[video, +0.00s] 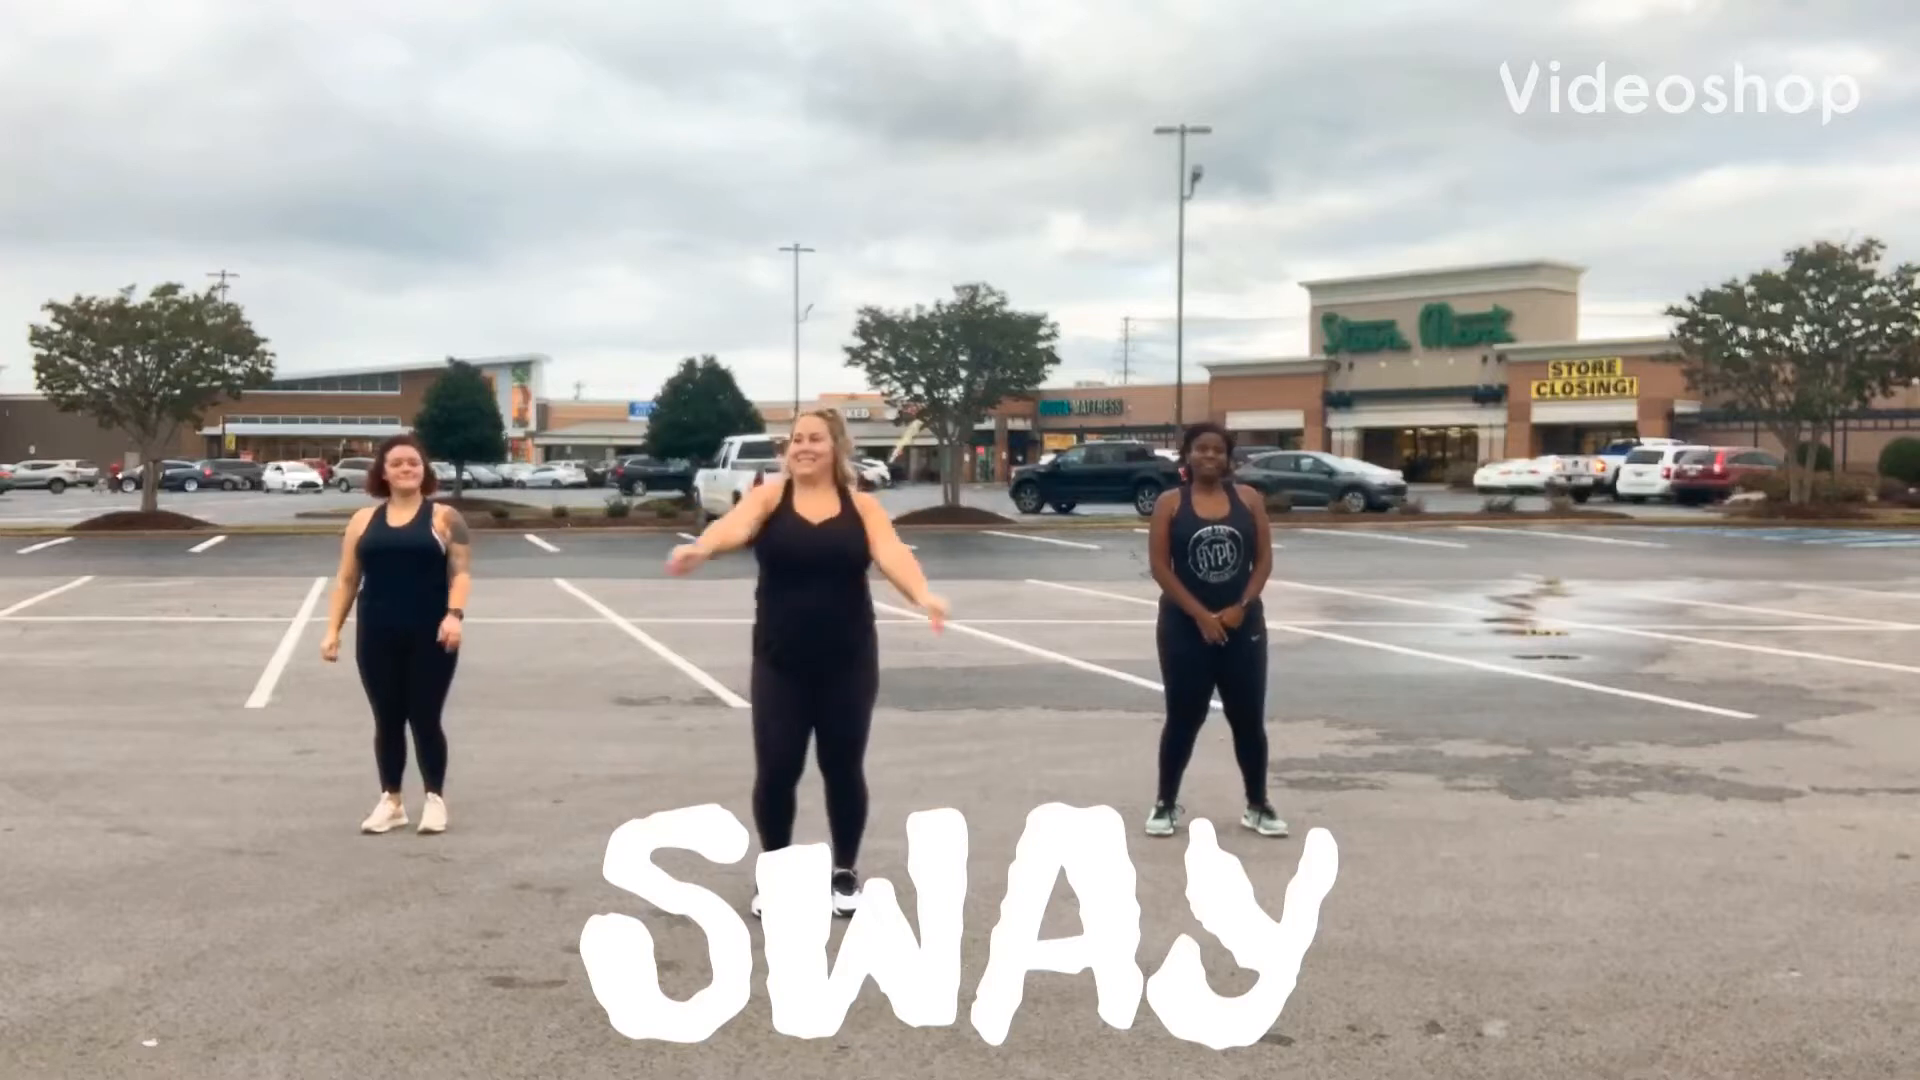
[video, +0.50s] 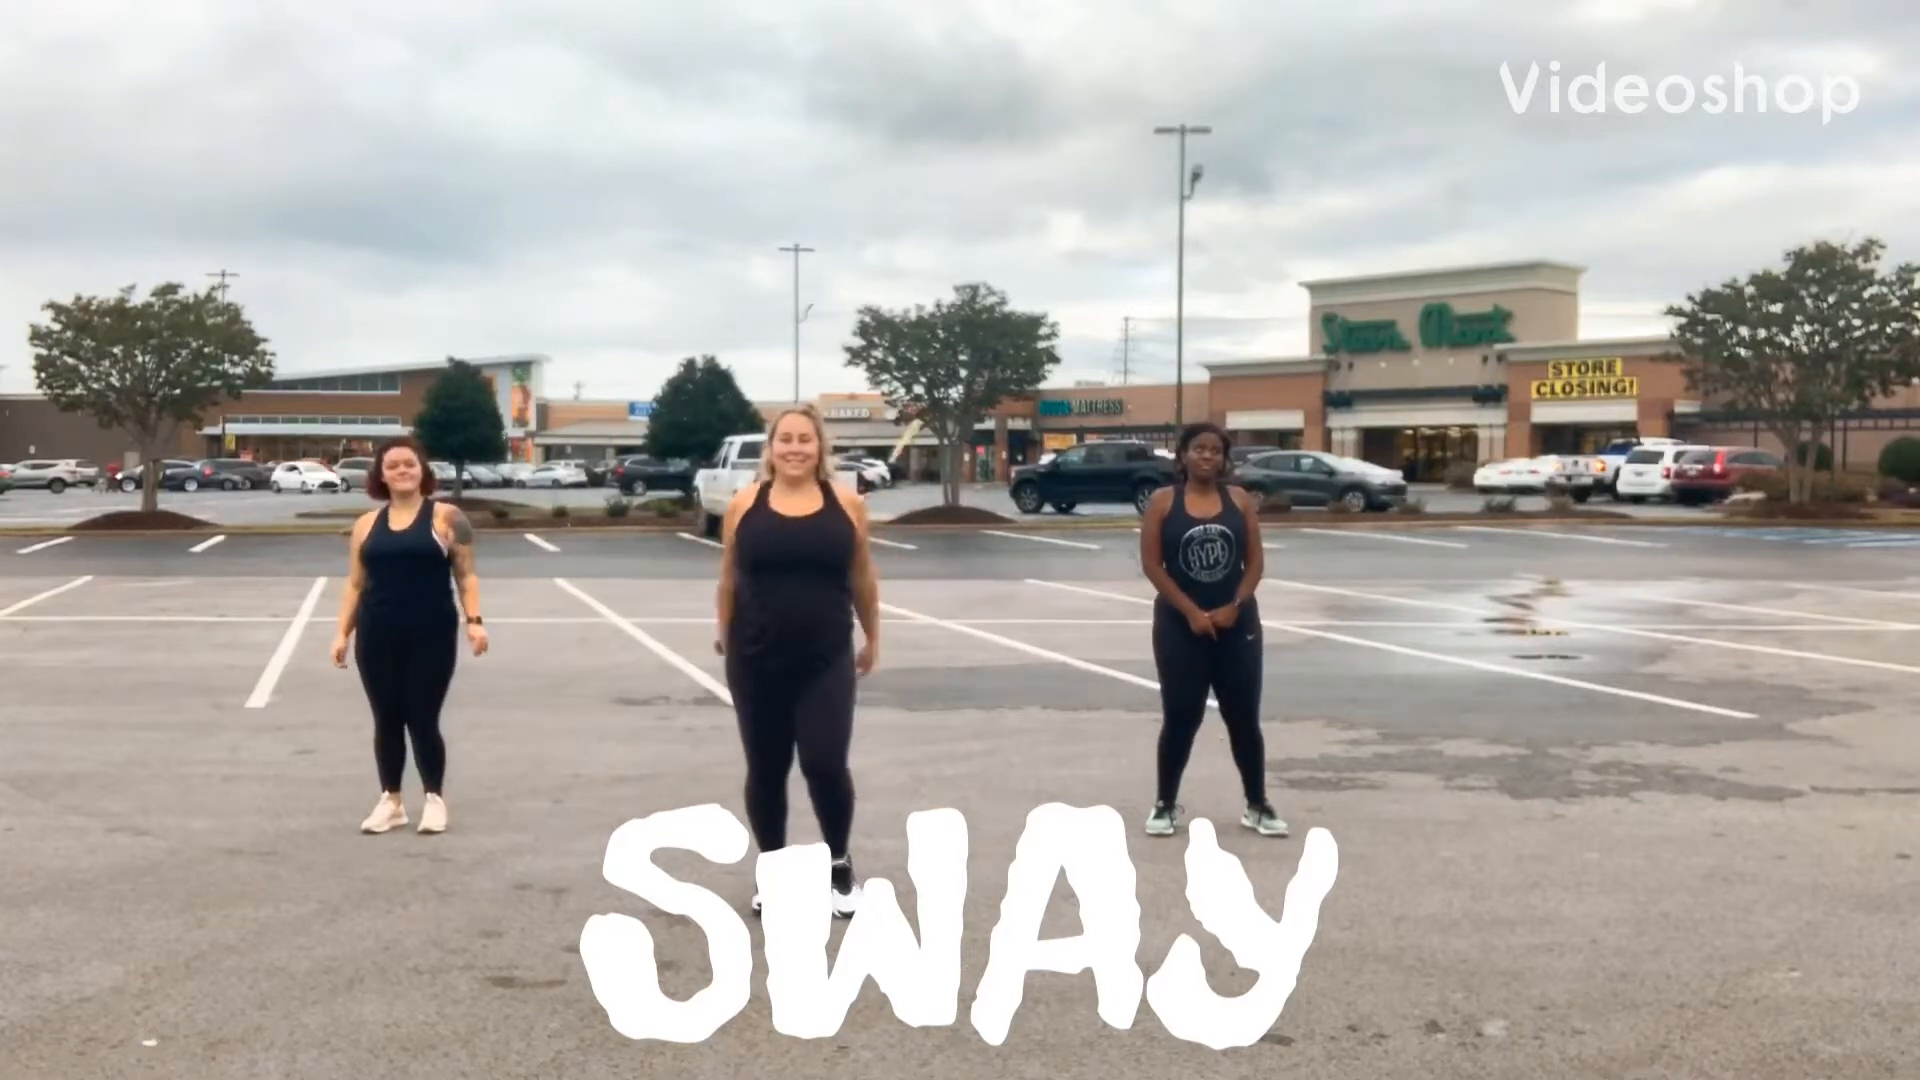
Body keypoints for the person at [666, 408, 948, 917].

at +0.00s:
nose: (804, 446)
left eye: (815, 438)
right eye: (797, 438)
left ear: (837, 449)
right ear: (787, 448)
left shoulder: (861, 506)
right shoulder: (768, 495)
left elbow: (891, 552)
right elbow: (734, 526)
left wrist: (921, 593)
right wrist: (702, 547)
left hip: (848, 662)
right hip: (780, 661)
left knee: (843, 770)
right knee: (775, 775)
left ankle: (845, 871)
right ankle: (772, 875)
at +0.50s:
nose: (795, 448)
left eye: (805, 439)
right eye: (785, 439)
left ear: (820, 448)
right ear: (770, 448)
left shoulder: (845, 505)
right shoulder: (744, 504)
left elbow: (862, 575)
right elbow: (728, 576)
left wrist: (872, 637)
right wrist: (725, 631)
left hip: (826, 658)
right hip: (755, 658)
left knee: (824, 767)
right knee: (765, 772)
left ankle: (839, 863)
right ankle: (769, 873)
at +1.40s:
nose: (830, 441)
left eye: (841, 432)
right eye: (820, 431)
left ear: (858, 443)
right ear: (803, 442)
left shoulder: (886, 504)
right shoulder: (772, 508)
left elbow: (929, 573)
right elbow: (739, 566)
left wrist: (913, 597)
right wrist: (748, 631)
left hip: (868, 682)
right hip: (790, 682)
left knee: (854, 809)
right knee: (792, 809)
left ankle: (847, 921)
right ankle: (777, 945)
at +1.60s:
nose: (819, 451)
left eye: (830, 441)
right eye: (809, 441)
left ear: (848, 452)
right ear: (792, 452)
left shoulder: (877, 516)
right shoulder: (761, 517)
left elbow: (919, 590)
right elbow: (714, 576)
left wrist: (898, 657)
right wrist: (732, 625)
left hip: (861, 703)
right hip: (780, 701)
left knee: (853, 828)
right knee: (786, 833)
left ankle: (849, 915)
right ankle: (784, 975)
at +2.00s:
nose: (810, 439)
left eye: (821, 429)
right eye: (798, 429)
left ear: (839, 441)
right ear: (779, 443)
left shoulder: (868, 505)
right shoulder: (751, 510)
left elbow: (922, 549)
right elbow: (673, 574)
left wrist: (913, 602)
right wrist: (726, 606)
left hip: (855, 697)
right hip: (771, 700)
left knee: (854, 835)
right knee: (780, 838)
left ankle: (864, 974)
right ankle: (786, 981)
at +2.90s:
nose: (790, 444)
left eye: (802, 435)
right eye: (779, 434)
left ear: (819, 450)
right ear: (759, 448)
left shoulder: (845, 515)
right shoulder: (722, 515)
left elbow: (875, 598)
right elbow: (667, 579)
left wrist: (809, 637)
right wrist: (688, 647)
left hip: (815, 710)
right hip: (726, 708)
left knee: (849, 836)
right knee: (698, 837)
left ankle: (861, 964)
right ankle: (663, 963)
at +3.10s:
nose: (782, 451)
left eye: (793, 442)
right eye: (771, 442)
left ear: (811, 455)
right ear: (751, 455)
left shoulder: (843, 525)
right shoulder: (719, 522)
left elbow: (884, 609)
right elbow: (662, 603)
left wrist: (851, 671)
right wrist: (710, 624)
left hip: (810, 713)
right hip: (723, 708)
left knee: (822, 846)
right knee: (693, 834)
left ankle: (846, 958)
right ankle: (662, 963)